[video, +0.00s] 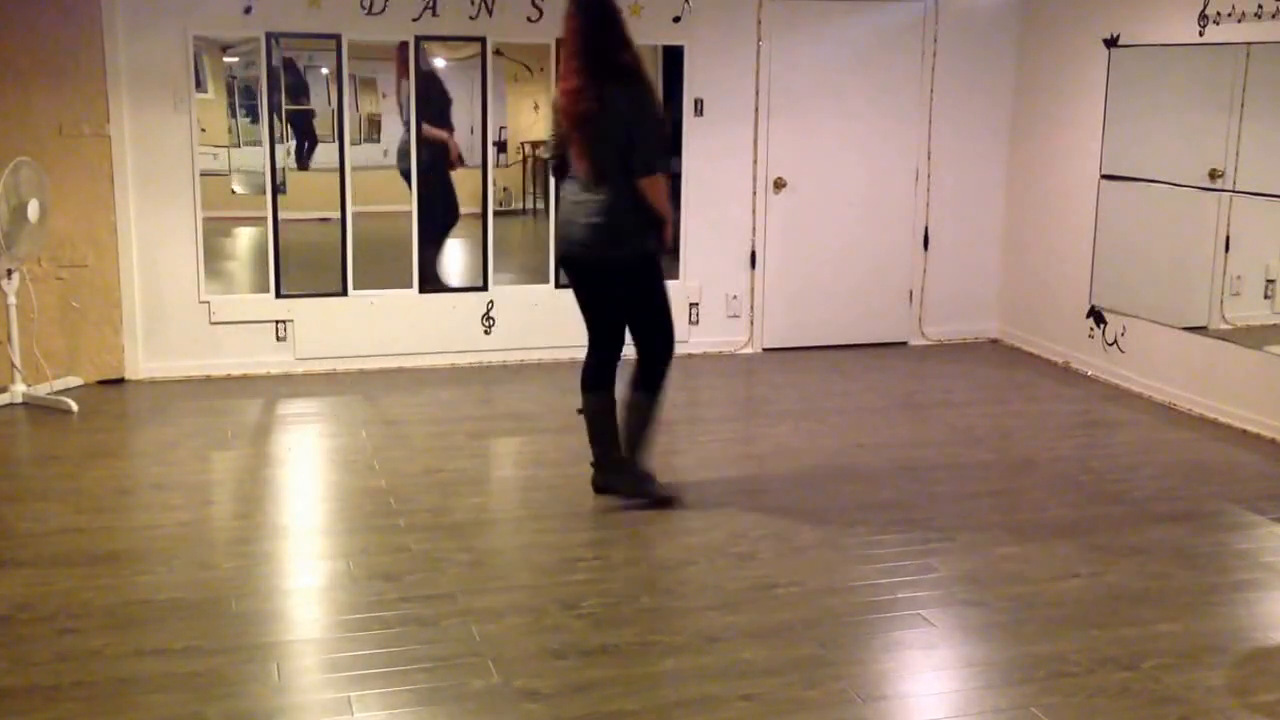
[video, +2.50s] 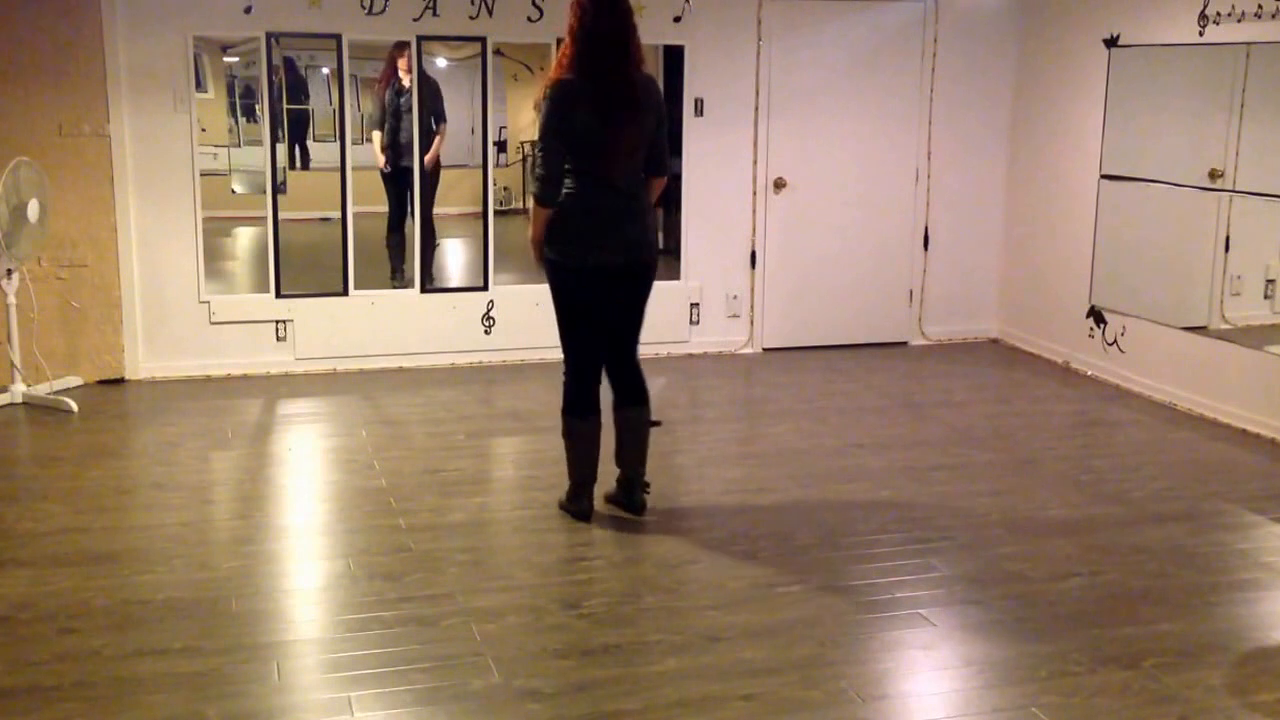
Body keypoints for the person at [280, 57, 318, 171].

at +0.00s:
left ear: (284, 68)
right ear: (295, 65)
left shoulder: (283, 80)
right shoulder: (299, 79)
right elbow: (304, 97)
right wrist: (310, 109)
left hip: (290, 111)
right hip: (301, 110)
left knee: (300, 140)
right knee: (313, 139)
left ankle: (300, 163)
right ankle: (305, 161)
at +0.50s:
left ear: (298, 69)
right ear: (312, 68)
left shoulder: (296, 82)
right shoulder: (317, 81)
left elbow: (290, 99)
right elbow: (325, 96)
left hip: (303, 113)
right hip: (319, 113)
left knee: (307, 141)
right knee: (320, 141)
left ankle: (307, 167)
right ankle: (321, 166)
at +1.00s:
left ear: (299, 68)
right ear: (312, 67)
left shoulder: (296, 81)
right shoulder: (317, 80)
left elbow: (291, 98)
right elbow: (325, 96)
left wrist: (293, 111)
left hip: (304, 113)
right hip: (320, 112)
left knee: (301, 141)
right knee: (322, 143)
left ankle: (296, 167)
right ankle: (323, 169)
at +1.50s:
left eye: (286, 67)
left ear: (286, 67)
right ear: (298, 66)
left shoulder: (284, 80)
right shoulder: (305, 79)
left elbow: (280, 96)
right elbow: (311, 96)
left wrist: (281, 108)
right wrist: (307, 102)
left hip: (290, 111)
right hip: (305, 110)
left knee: (291, 144)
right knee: (311, 141)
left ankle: (291, 170)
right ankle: (319, 167)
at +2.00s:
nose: (283, 69)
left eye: (283, 67)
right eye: (284, 67)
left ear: (283, 67)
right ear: (293, 66)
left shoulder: (279, 81)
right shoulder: (301, 80)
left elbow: (277, 99)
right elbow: (306, 97)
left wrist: (277, 113)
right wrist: (305, 111)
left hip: (286, 113)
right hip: (301, 113)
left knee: (288, 143)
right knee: (300, 141)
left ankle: (291, 167)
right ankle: (304, 166)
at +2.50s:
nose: (280, 70)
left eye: (281, 67)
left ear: (283, 67)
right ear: (294, 65)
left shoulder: (281, 80)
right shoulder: (301, 78)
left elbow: (278, 98)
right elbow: (306, 95)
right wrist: (304, 103)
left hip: (288, 112)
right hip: (302, 111)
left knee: (290, 143)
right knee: (302, 141)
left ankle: (291, 168)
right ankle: (305, 166)